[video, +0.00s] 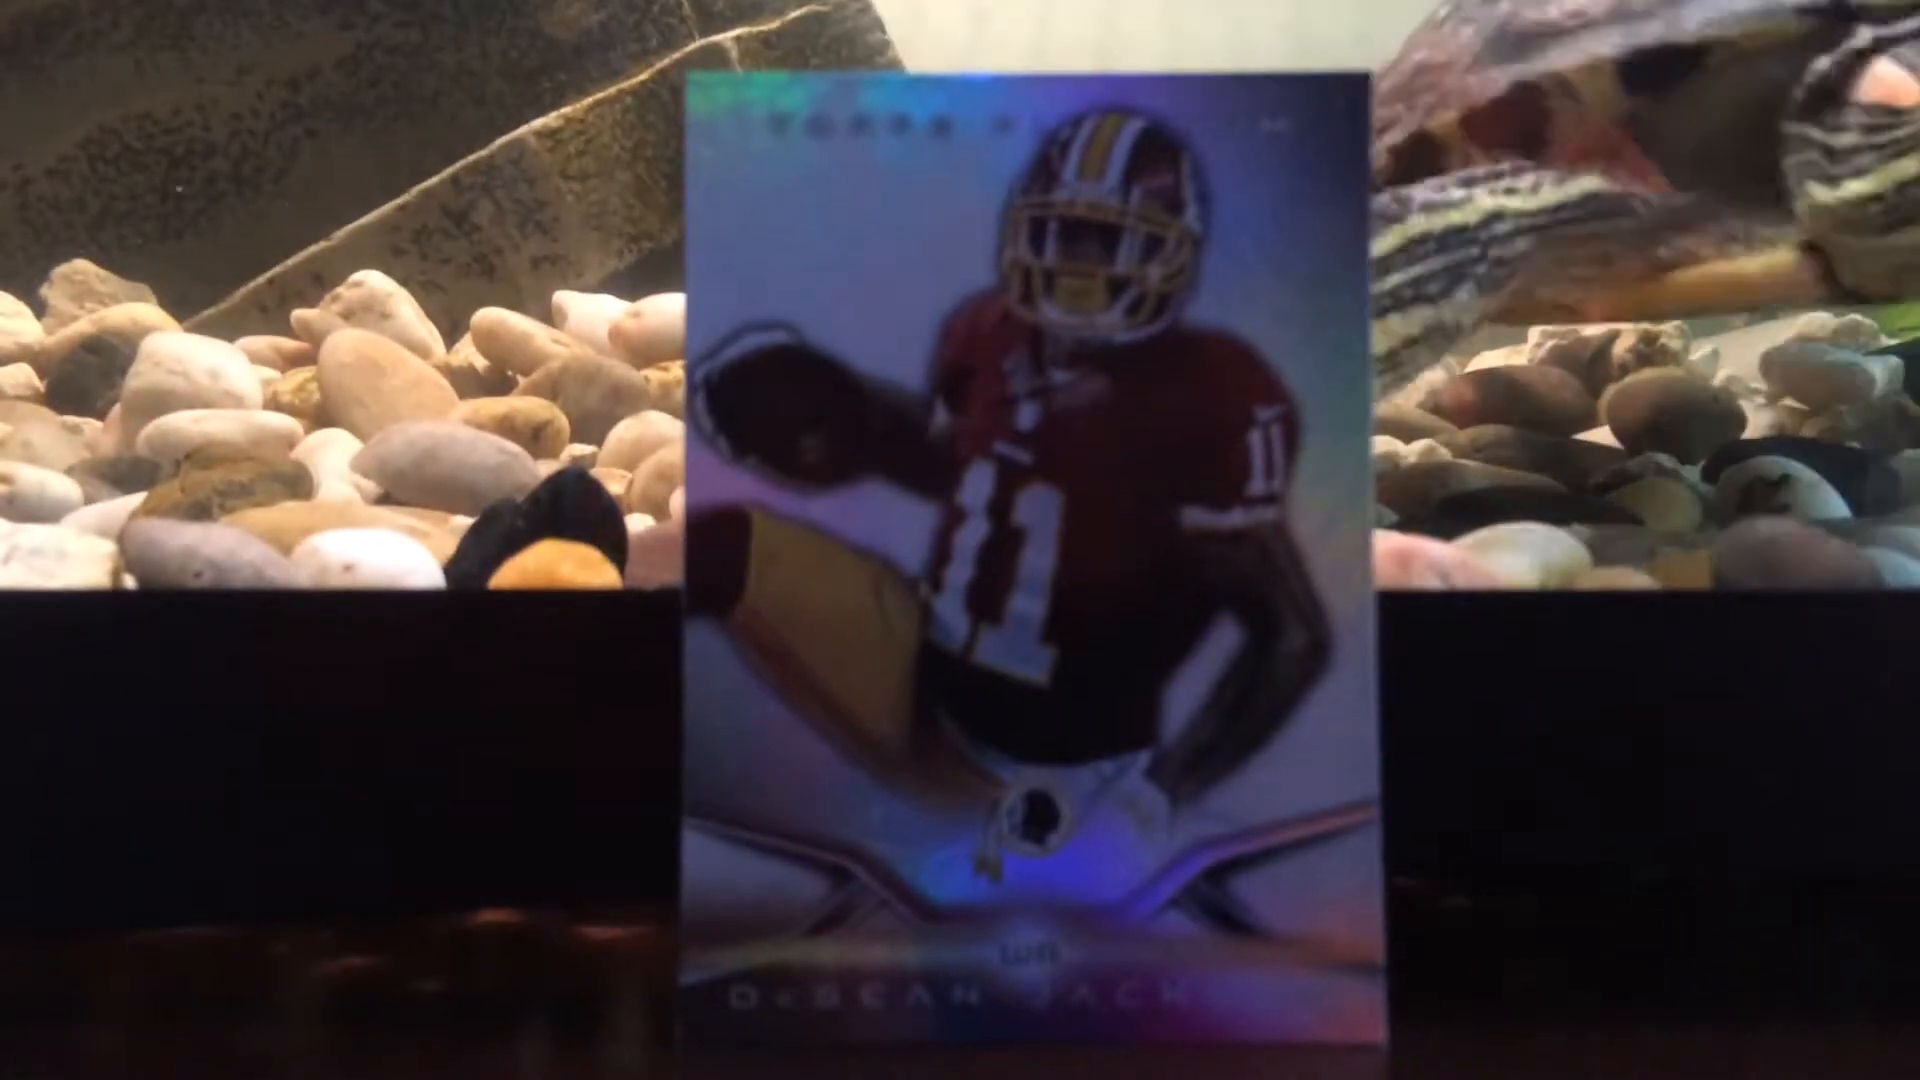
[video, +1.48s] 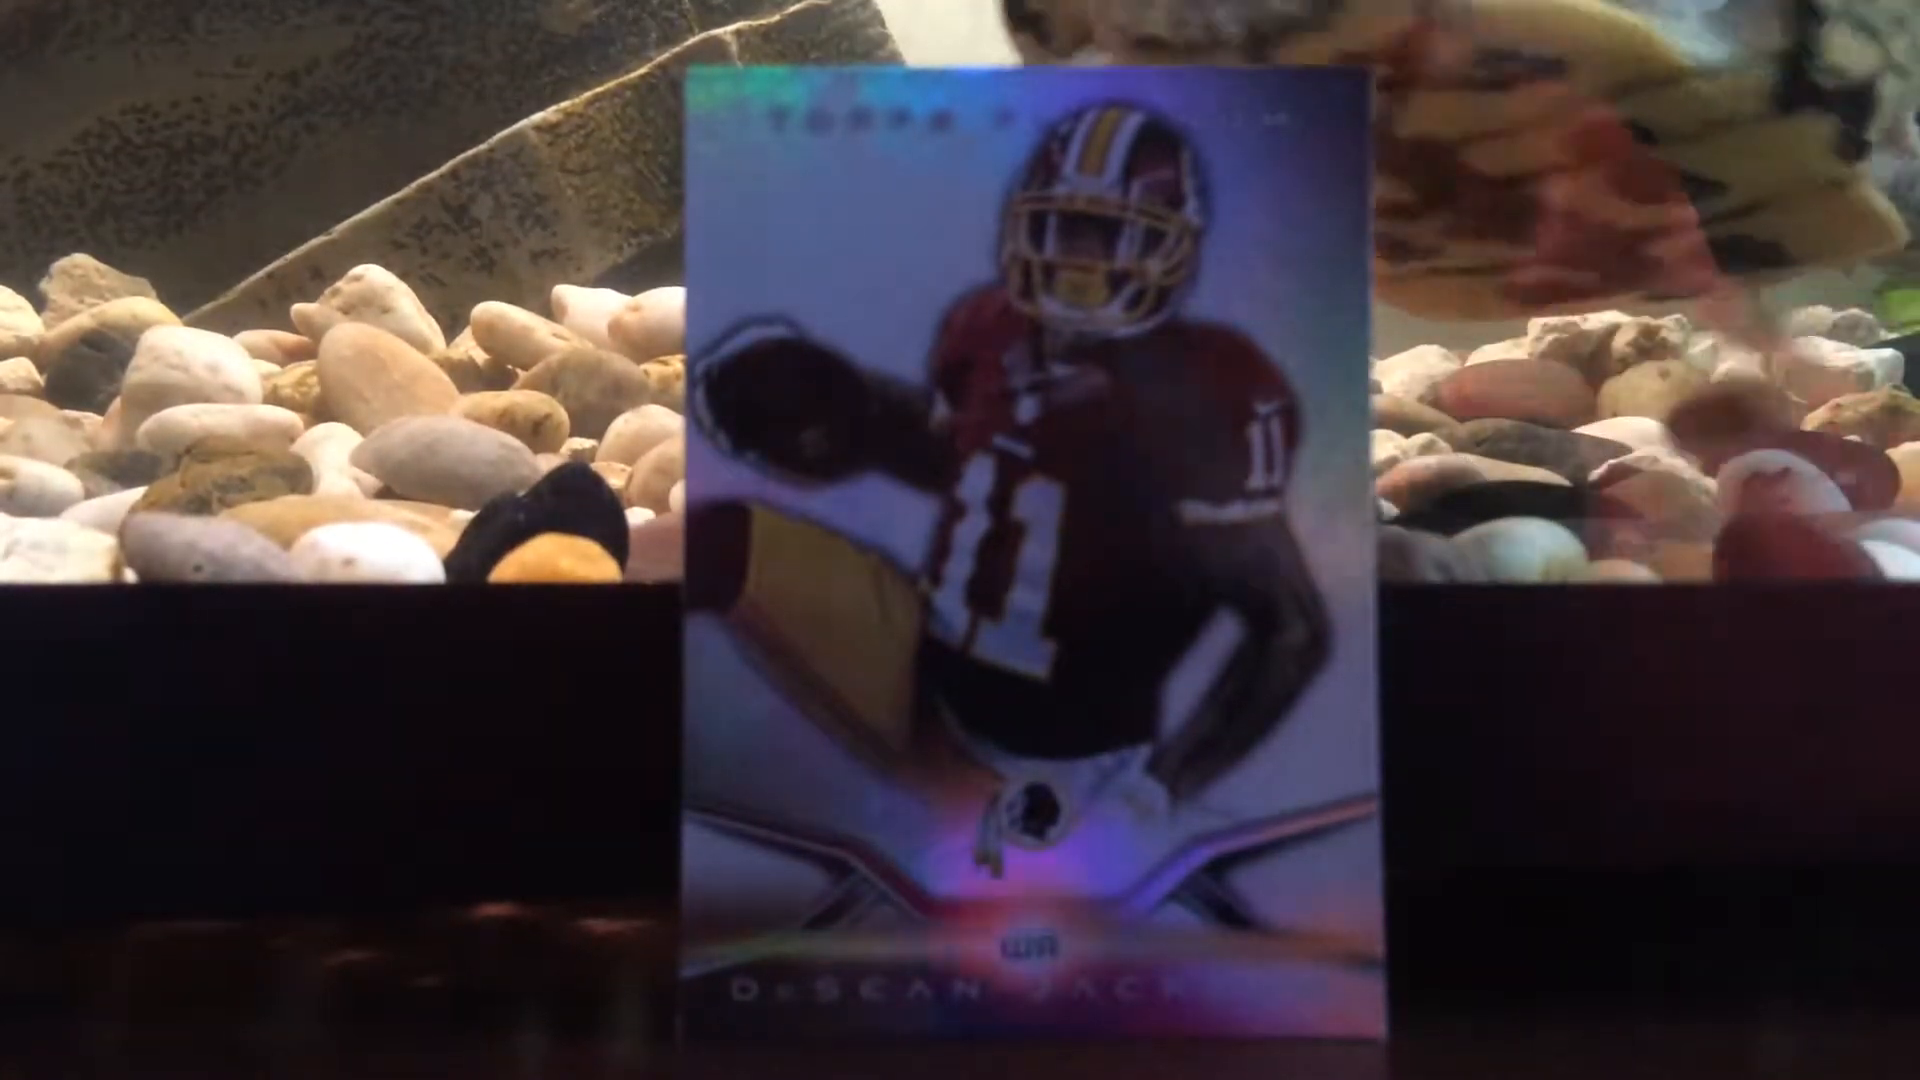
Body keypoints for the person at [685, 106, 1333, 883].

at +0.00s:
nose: (1082, 270)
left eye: (1116, 244)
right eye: (1063, 237)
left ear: (1176, 256)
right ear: (1023, 238)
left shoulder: (1218, 398)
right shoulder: (982, 337)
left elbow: (1293, 639)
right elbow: (959, 468)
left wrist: (1157, 797)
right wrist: (852, 423)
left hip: (1081, 762)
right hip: (932, 691)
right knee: (718, 547)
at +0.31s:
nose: (1082, 268)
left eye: (1116, 242)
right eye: (1062, 235)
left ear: (1177, 255)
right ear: (1022, 238)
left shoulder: (1216, 398)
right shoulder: (982, 336)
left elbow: (1293, 637)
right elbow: (955, 466)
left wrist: (1156, 795)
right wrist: (856, 423)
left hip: (1080, 752)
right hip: (932, 679)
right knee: (716, 546)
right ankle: (903, 777)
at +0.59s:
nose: (1080, 267)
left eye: (1114, 241)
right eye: (1061, 234)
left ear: (1176, 254)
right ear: (1021, 236)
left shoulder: (1212, 395)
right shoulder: (982, 334)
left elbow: (1293, 636)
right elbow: (956, 466)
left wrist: (1157, 794)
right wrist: (857, 423)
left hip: (1079, 756)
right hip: (931, 680)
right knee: (718, 546)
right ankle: (912, 783)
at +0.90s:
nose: (1080, 265)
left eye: (1115, 239)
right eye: (1062, 231)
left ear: (1176, 252)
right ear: (1022, 234)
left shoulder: (1214, 393)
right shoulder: (981, 332)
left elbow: (1293, 635)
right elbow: (954, 465)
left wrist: (1157, 795)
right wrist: (848, 418)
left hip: (1081, 756)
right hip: (932, 682)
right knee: (719, 545)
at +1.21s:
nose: (1078, 262)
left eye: (1113, 237)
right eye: (1060, 229)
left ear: (1174, 251)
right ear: (1021, 232)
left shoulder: (1214, 393)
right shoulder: (980, 332)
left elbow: (1293, 635)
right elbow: (962, 465)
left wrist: (1155, 794)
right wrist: (857, 417)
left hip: (1078, 757)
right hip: (931, 683)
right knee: (717, 542)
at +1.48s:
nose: (1080, 261)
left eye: (1114, 236)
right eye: (1062, 228)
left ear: (1174, 250)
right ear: (1023, 232)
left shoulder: (1211, 393)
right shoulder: (979, 331)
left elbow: (1292, 630)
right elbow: (962, 464)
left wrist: (1157, 791)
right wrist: (854, 416)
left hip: (1080, 761)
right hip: (934, 701)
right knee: (719, 543)